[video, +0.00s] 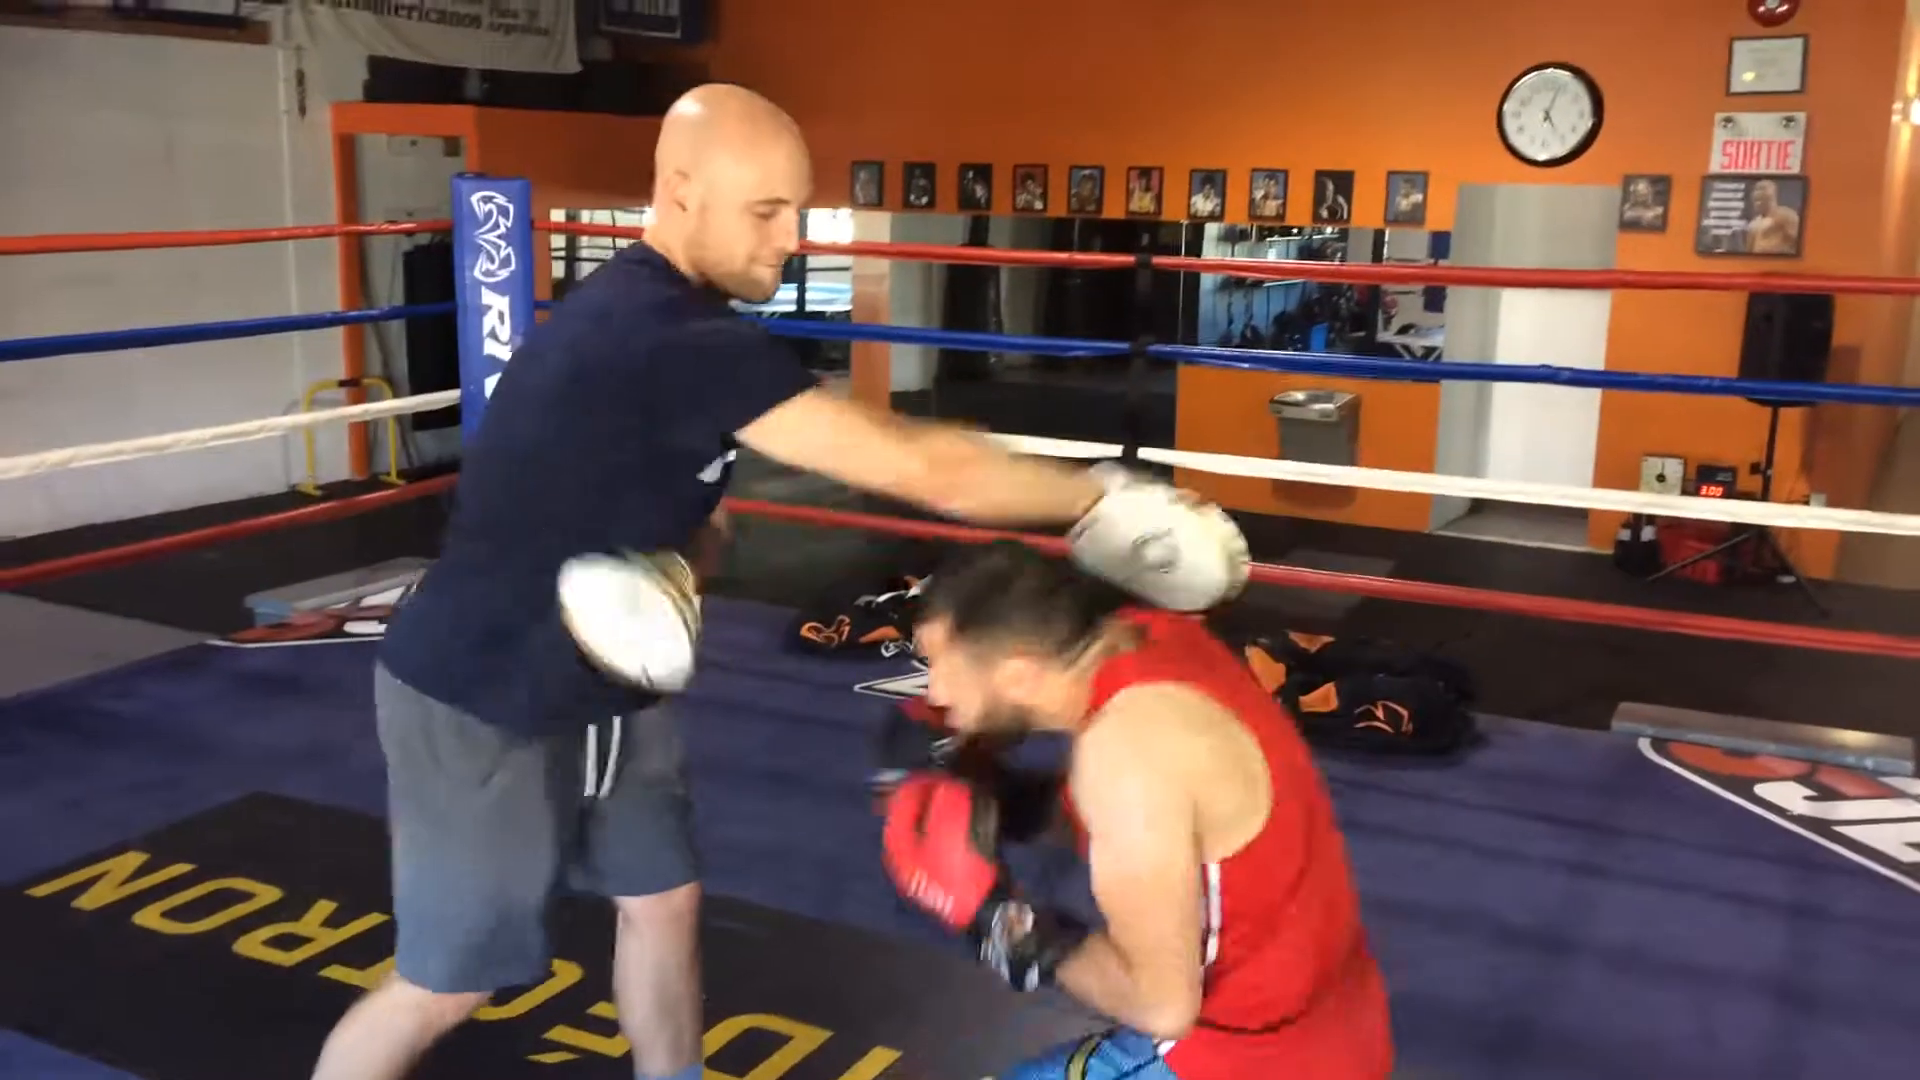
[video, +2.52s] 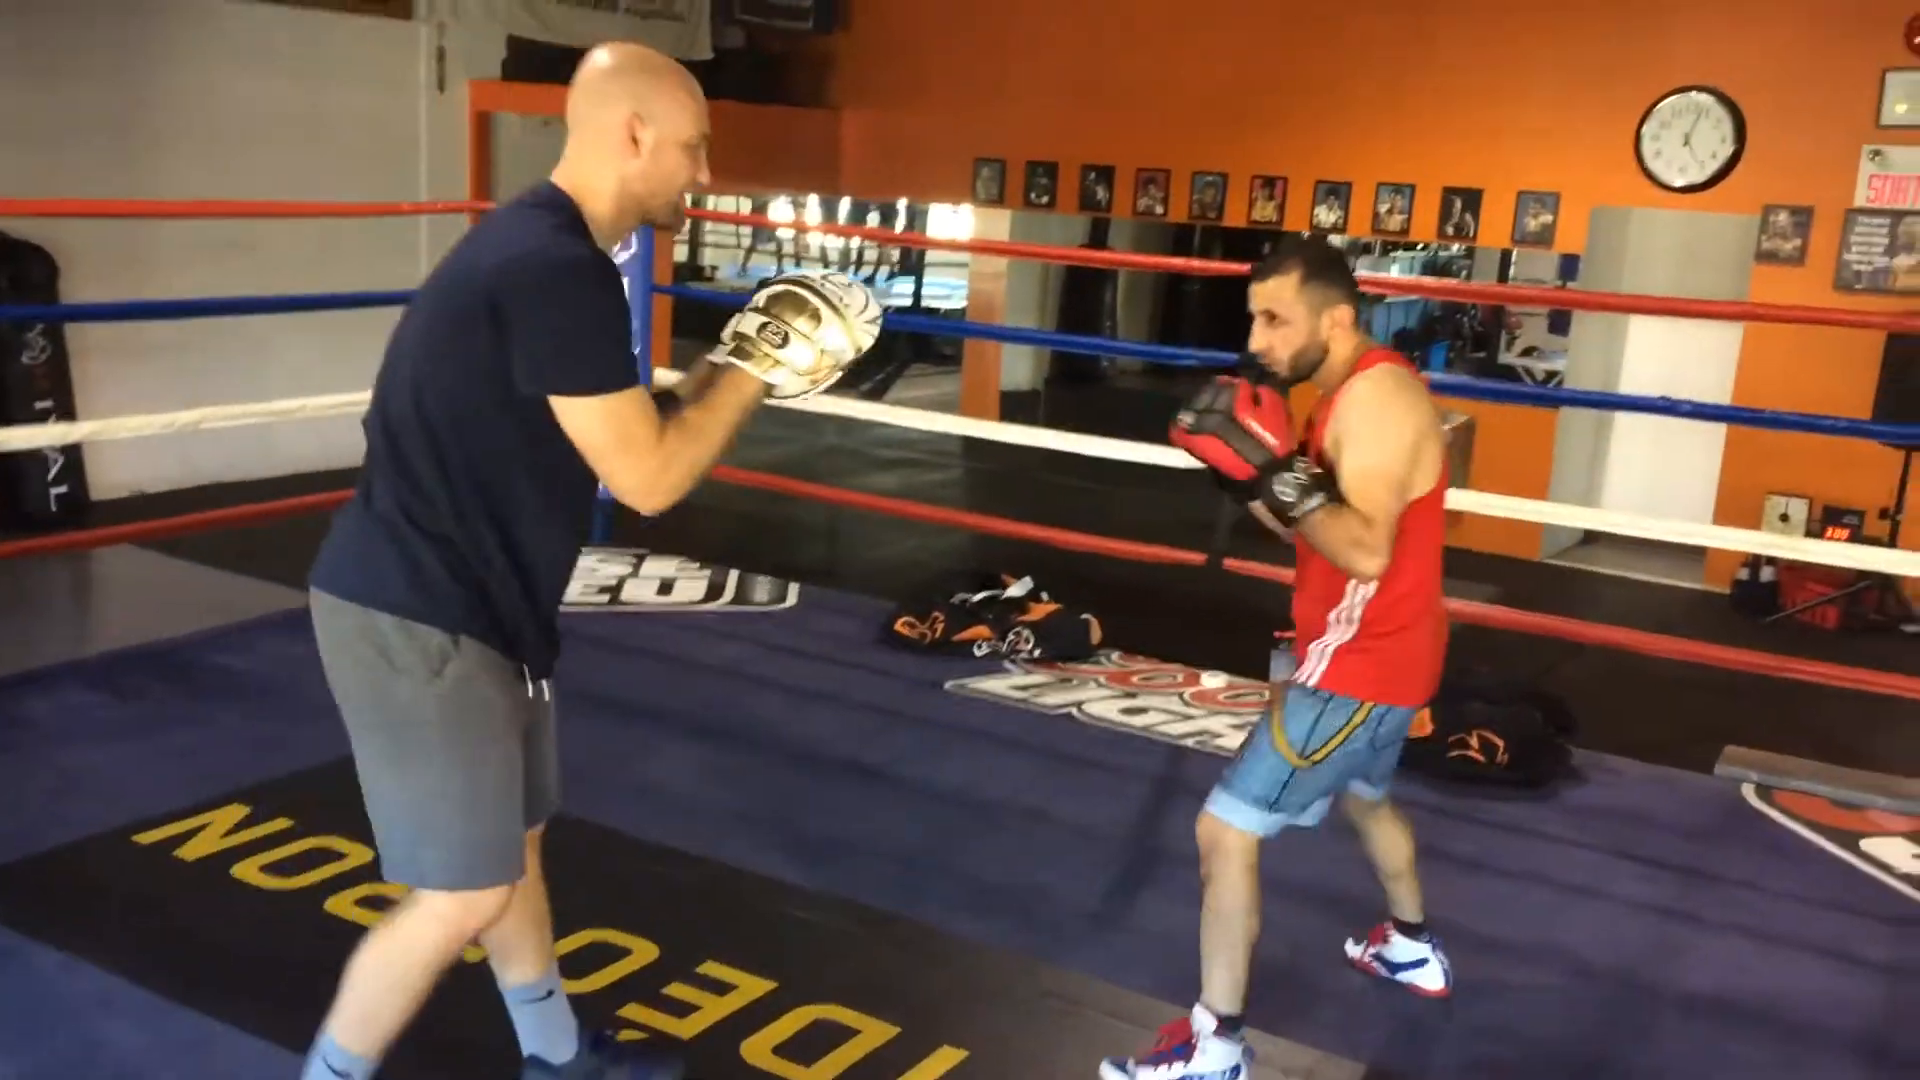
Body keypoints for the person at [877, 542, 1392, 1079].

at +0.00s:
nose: (931, 689)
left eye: (938, 664)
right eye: (930, 664)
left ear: (1017, 671)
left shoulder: (1128, 749)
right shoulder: (1157, 638)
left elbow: (1160, 1001)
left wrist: (994, 919)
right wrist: (1007, 800)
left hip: (1257, 1058)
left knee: (1017, 1074)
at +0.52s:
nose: (961, 468)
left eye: (960, 441)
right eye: (956, 442)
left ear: (1014, 441)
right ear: (1090, 411)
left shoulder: (1017, 549)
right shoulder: (1229, 480)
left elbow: (941, 787)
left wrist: (802, 688)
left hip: (1090, 964)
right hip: (1264, 942)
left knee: (893, 1066)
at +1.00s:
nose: (1132, 509)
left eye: (1144, 485)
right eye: (1133, 485)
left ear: (1207, 486)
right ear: (1262, 478)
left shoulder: (1200, 584)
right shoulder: (1400, 566)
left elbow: (1113, 804)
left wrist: (1048, 667)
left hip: (1240, 1001)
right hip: (1415, 1010)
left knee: (998, 1063)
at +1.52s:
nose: (1568, 370)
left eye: (1589, 345)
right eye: (1576, 343)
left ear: (1664, 361)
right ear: (1692, 362)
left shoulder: (1624, 456)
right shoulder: (1811, 474)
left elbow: (1501, 639)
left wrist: (1440, 523)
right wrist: (1553, 515)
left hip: (1605, 885)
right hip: (1742, 880)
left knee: (1591, 1062)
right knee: (1724, 1060)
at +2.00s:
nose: (1321, 349)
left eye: (1341, 329)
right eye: (1325, 326)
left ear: (1410, 338)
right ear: (1423, 335)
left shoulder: (1424, 438)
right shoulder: (1506, 383)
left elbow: (1388, 620)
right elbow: (1453, 530)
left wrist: (1295, 534)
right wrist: (1342, 490)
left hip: (1440, 716)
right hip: (1538, 710)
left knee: (1295, 857)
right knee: (1525, 886)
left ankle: (1260, 1048)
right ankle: (1606, 1060)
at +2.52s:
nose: (1259, 340)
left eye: (1274, 321)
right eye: (1255, 321)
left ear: (1336, 316)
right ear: (1322, 319)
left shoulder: (1379, 398)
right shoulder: (1341, 389)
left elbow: (1370, 551)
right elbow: (1320, 534)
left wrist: (1284, 473)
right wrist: (1255, 473)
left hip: (1363, 665)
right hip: (1377, 654)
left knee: (1226, 830)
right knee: (1367, 799)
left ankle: (1214, 1041)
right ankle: (1412, 942)